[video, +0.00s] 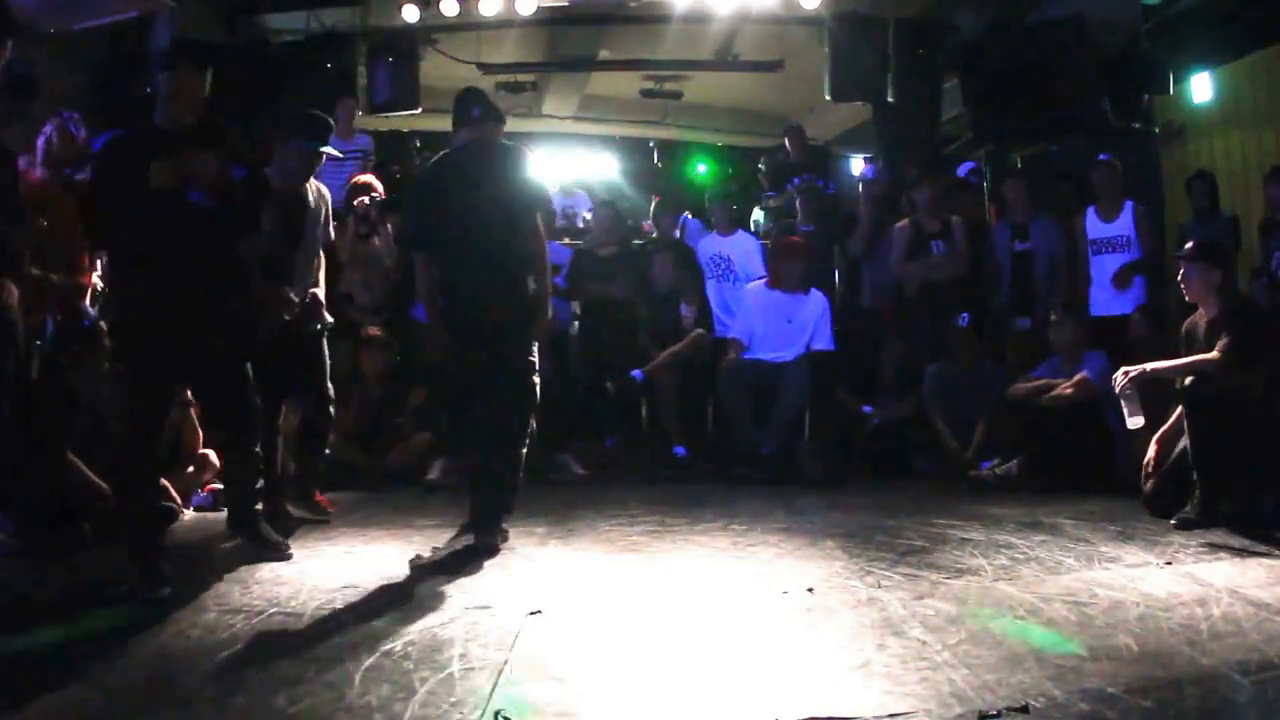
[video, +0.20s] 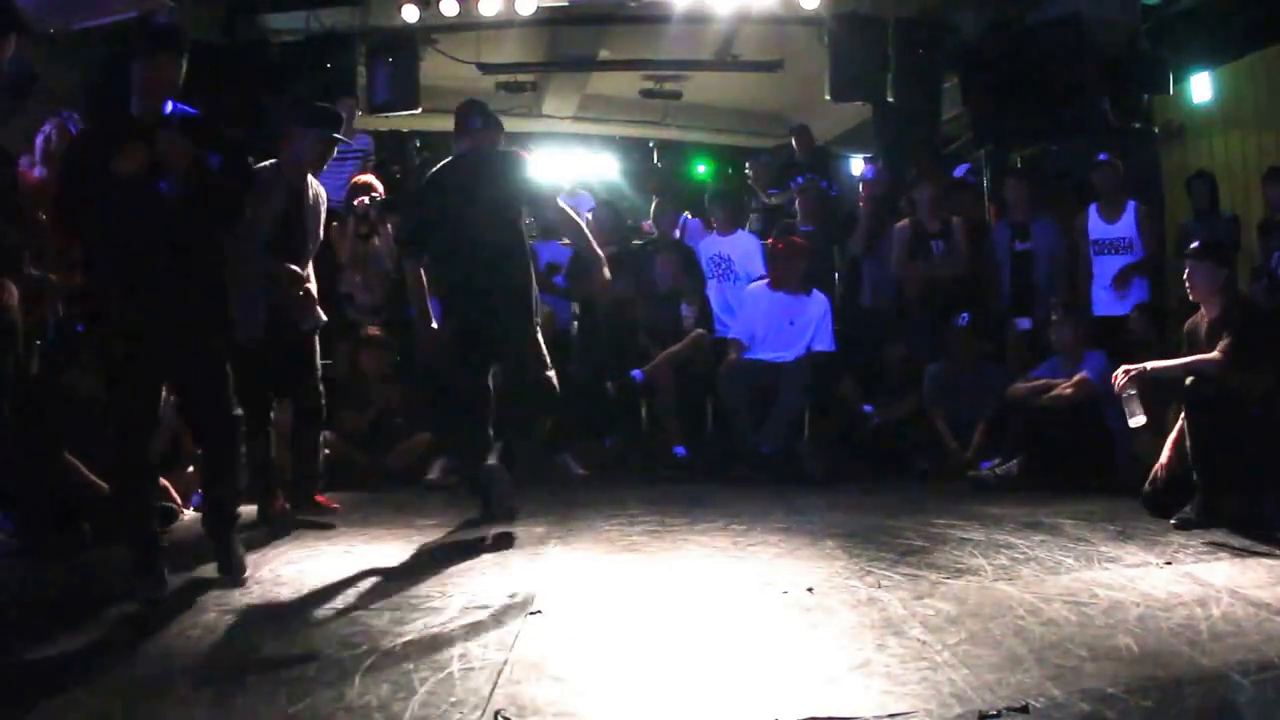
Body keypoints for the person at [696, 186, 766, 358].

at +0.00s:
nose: (717, 214)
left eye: (721, 208)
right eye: (713, 209)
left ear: (731, 210)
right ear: (709, 212)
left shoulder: (749, 243)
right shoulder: (703, 246)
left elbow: (760, 286)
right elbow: (702, 284)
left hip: (749, 326)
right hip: (719, 327)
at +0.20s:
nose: (716, 218)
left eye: (721, 211)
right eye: (712, 212)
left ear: (733, 212)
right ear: (709, 214)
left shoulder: (750, 243)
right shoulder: (704, 246)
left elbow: (761, 283)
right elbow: (706, 283)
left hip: (748, 321)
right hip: (719, 322)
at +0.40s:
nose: (719, 213)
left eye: (724, 207)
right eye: (715, 207)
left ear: (735, 210)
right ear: (710, 211)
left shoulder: (750, 242)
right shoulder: (704, 247)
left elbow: (762, 282)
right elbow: (706, 285)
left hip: (750, 322)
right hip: (720, 323)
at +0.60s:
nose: (716, 212)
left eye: (721, 206)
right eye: (712, 207)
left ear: (733, 208)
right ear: (709, 210)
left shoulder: (750, 241)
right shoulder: (705, 246)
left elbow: (760, 279)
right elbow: (702, 282)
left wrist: (736, 301)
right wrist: (717, 298)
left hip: (750, 316)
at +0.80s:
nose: (723, 213)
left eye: (727, 208)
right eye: (719, 208)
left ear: (735, 208)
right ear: (711, 212)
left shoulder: (753, 242)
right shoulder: (705, 247)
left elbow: (763, 276)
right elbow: (699, 283)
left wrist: (739, 287)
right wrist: (721, 290)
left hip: (754, 323)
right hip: (722, 326)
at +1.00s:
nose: (720, 213)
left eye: (725, 207)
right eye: (715, 207)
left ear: (735, 208)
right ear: (710, 210)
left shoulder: (754, 242)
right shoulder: (706, 248)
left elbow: (761, 279)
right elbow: (697, 283)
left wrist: (728, 259)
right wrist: (719, 293)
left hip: (756, 322)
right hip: (723, 325)